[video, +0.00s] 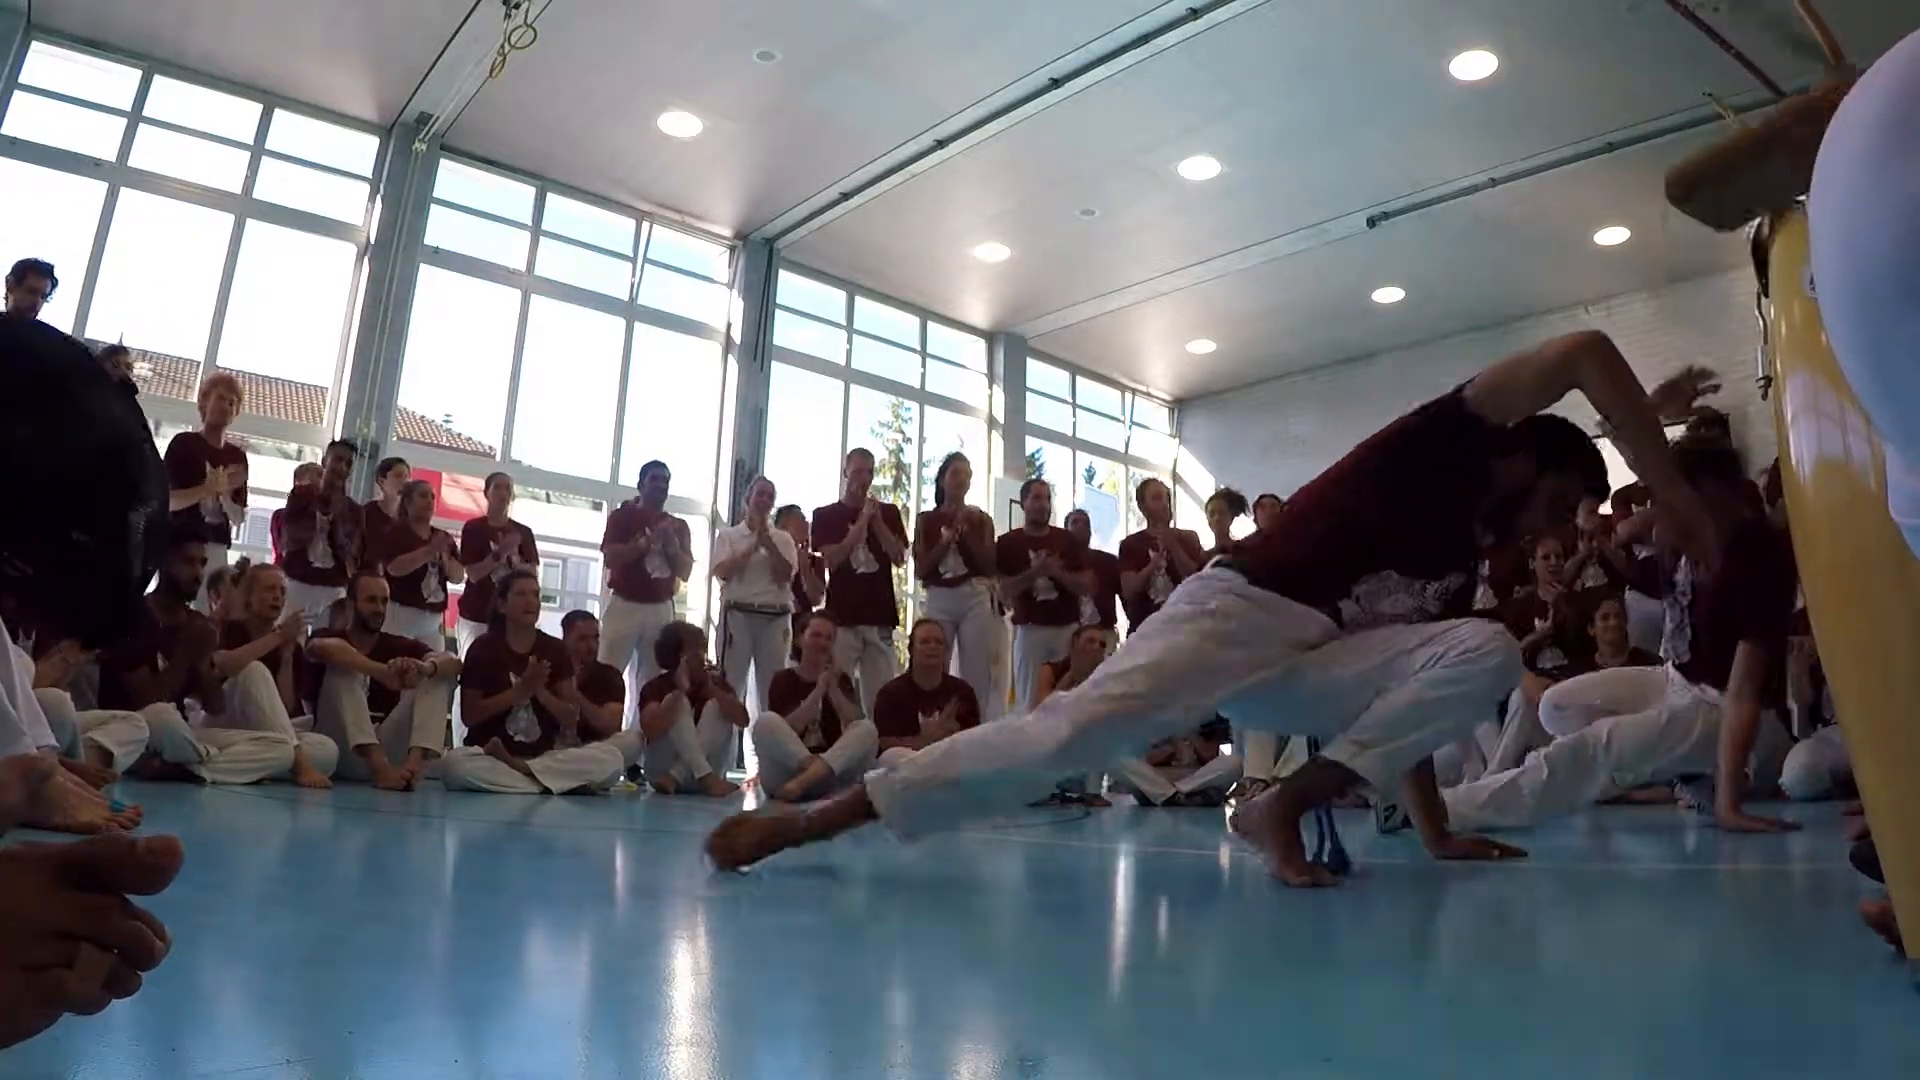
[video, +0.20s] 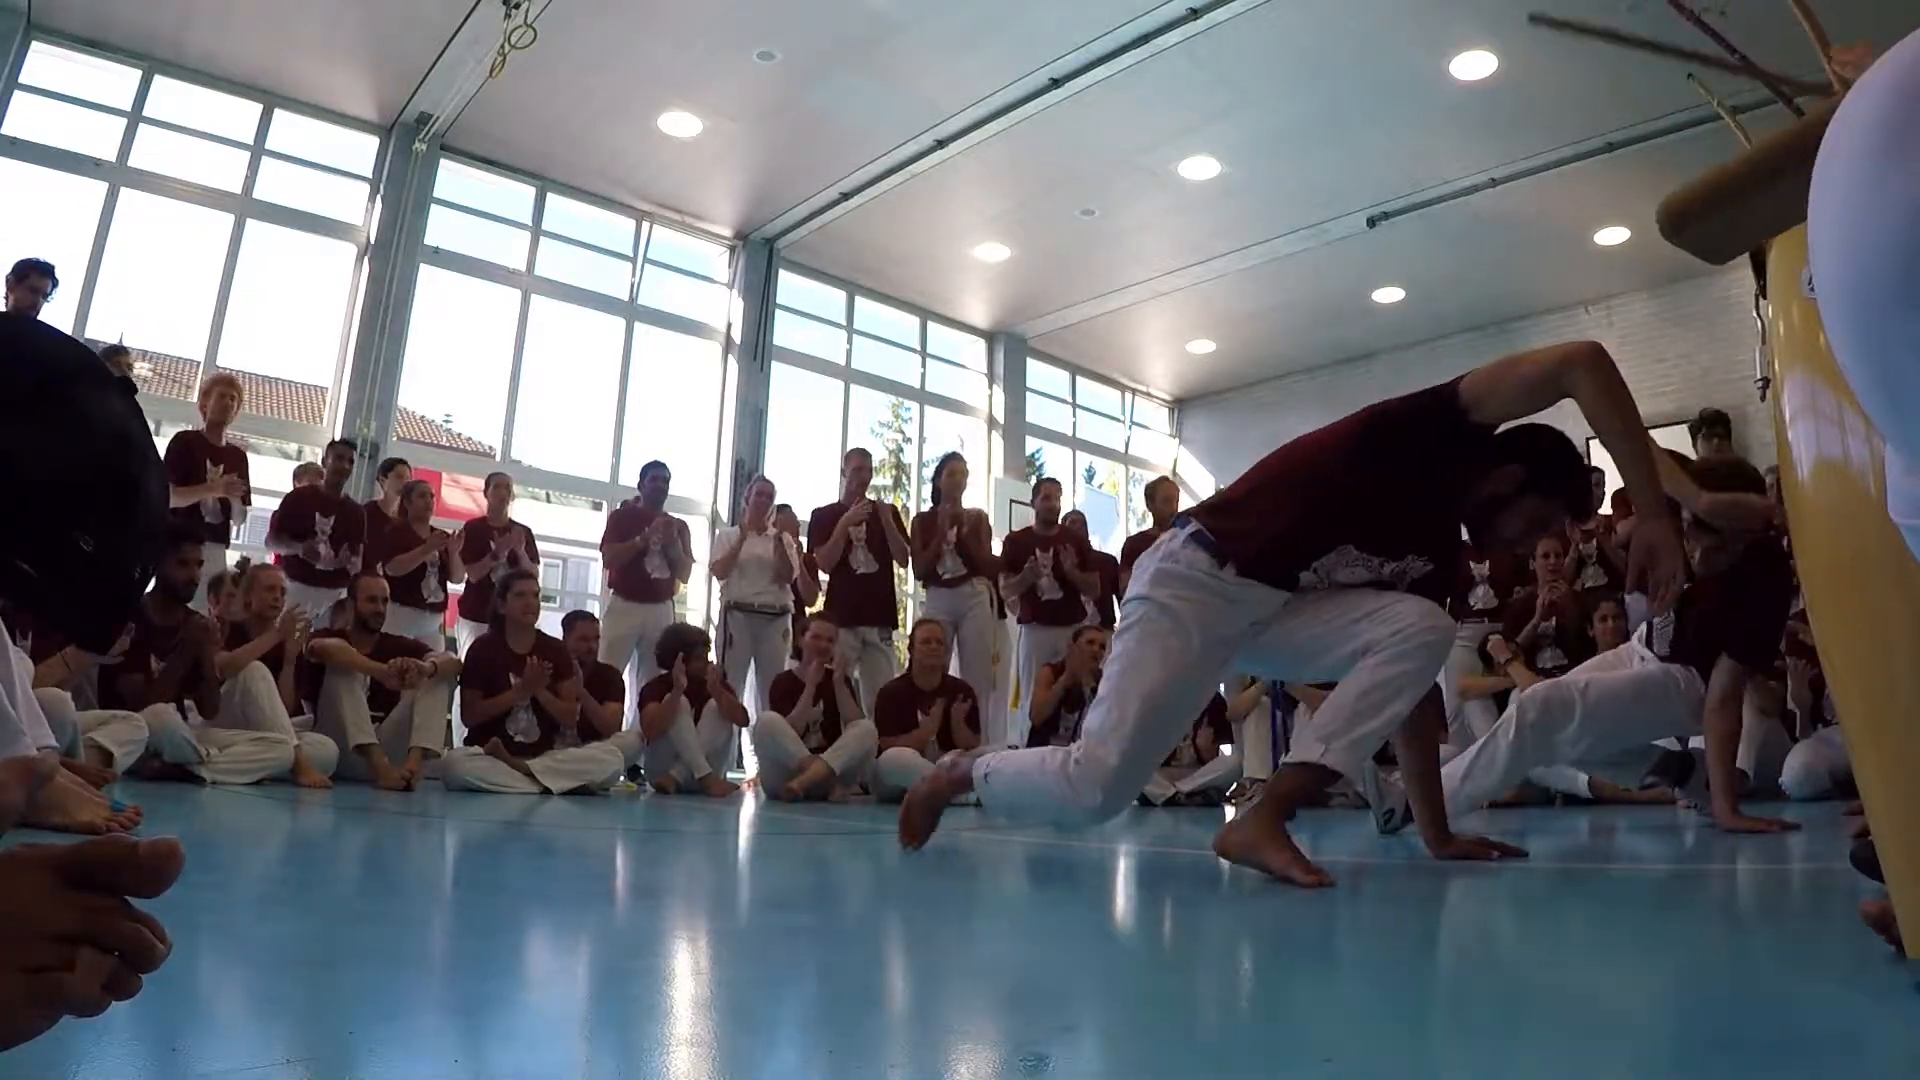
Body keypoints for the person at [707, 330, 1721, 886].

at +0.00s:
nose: (1543, 542)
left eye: (1558, 531)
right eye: (1551, 521)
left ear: (1542, 510)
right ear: (1529, 472)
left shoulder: (1472, 551)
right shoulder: (1469, 430)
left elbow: (1440, 686)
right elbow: (1585, 345)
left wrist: (1441, 828)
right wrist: (1676, 488)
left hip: (1334, 648)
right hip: (1251, 607)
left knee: (1486, 650)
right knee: (1066, 743)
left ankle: (1288, 804)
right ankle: (825, 814)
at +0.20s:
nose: (1529, 551)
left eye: (1544, 543)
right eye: (1539, 531)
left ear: (1518, 506)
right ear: (1516, 480)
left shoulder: (1442, 576)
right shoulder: (1436, 428)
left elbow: (1417, 697)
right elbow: (1584, 362)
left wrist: (1435, 834)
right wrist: (1658, 509)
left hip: (1287, 613)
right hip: (1197, 579)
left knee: (1428, 629)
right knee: (1096, 787)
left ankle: (1260, 820)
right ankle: (954, 778)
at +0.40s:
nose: (1466, 546)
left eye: (1481, 539)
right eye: (1473, 527)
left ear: (1454, 499)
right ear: (1447, 479)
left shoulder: (1393, 563)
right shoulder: (1366, 432)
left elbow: (1403, 696)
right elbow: (1469, 379)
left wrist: (1439, 837)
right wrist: (1577, 511)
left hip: (1227, 577)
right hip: (1152, 538)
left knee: (1330, 619)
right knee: (1119, 746)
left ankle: (1247, 827)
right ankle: (982, 772)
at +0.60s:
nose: (1409, 573)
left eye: (1416, 558)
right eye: (1408, 550)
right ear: (1370, 508)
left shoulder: (1335, 593)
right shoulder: (1300, 463)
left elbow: (1369, 711)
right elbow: (1293, 411)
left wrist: (1435, 836)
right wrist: (1362, 527)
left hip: (1167, 570)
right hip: (1094, 520)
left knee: (1264, 652)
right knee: (1064, 704)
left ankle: (1130, 801)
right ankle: (945, 777)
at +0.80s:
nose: (1326, 600)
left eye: (1341, 590)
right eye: (1325, 578)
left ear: (1343, 569)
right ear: (1294, 533)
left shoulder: (1291, 608)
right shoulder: (1238, 494)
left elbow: (1344, 723)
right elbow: (1180, 386)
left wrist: (1435, 835)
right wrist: (1184, 513)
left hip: (1114, 581)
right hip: (1049, 517)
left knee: (1127, 711)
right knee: (1044, 706)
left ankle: (1001, 762)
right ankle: (946, 780)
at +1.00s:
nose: (1306, 616)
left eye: (1316, 606)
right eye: (1304, 599)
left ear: (1293, 576)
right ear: (1271, 561)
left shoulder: (1270, 622)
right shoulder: (1207, 507)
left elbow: (1342, 732)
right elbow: (1095, 414)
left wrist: (1437, 837)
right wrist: (1096, 511)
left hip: (1072, 573)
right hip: (1028, 501)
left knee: (1051, 710)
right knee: (1030, 695)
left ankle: (953, 775)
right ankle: (939, 784)